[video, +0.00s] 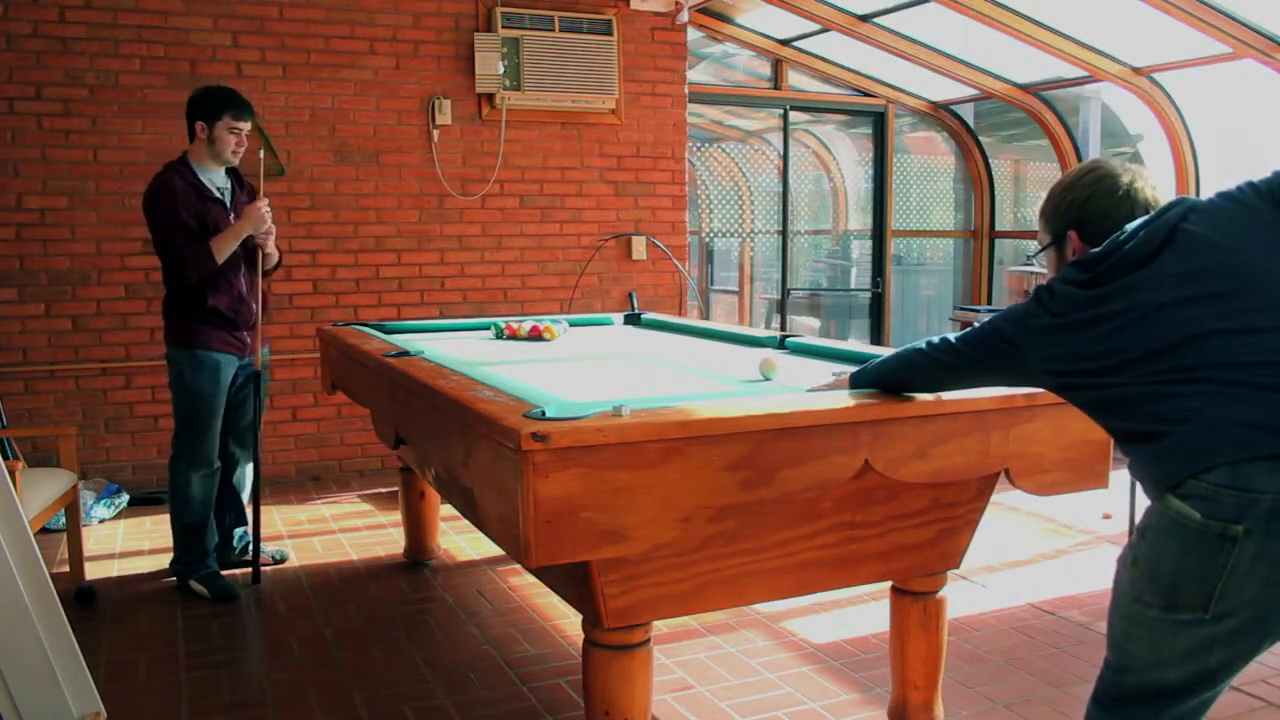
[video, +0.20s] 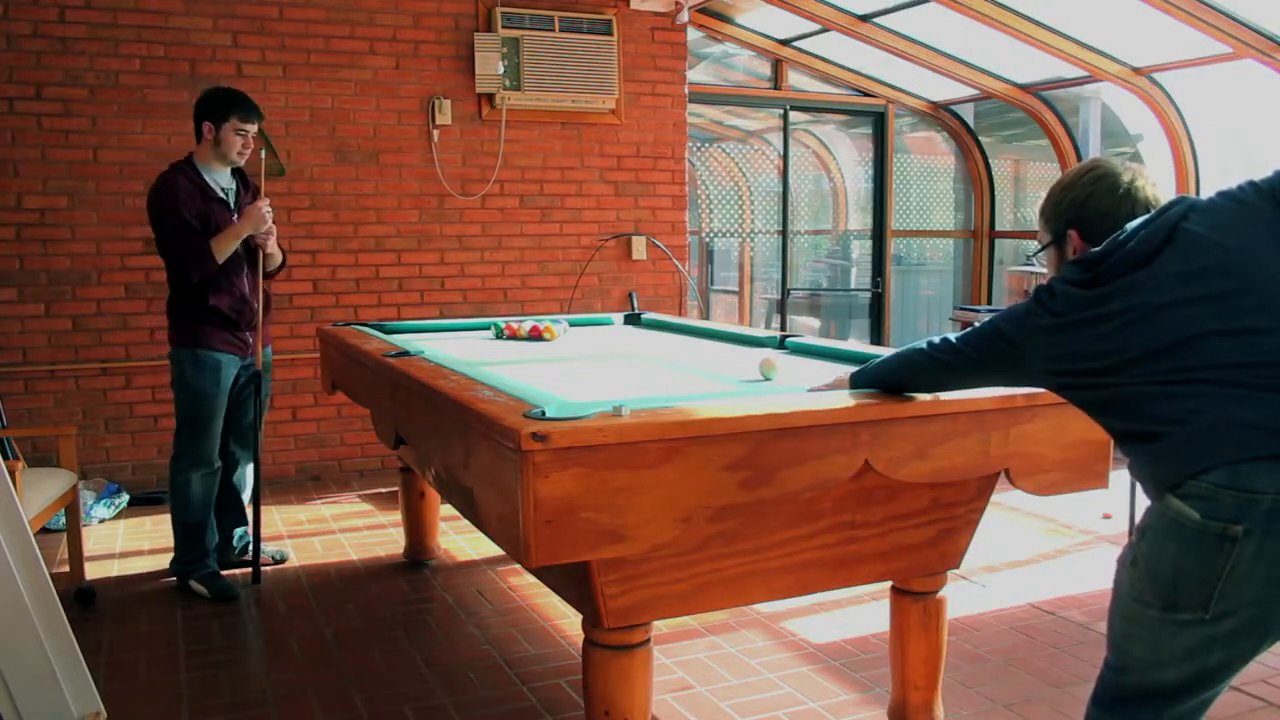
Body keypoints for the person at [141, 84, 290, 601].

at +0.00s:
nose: (243, 141)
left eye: (247, 132)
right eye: (234, 131)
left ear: (246, 137)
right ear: (202, 130)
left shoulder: (239, 188)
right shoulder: (168, 189)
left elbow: (263, 267)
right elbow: (188, 267)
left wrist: (268, 248)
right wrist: (243, 227)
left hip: (243, 340)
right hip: (199, 342)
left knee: (237, 452)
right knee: (199, 457)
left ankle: (231, 545)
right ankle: (193, 564)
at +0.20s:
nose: (249, 143)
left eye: (253, 134)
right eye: (240, 132)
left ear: (252, 138)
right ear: (208, 130)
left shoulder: (243, 188)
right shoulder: (172, 188)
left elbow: (269, 267)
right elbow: (190, 267)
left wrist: (272, 249)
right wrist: (243, 227)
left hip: (249, 341)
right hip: (203, 342)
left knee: (238, 452)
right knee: (200, 457)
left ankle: (230, 545)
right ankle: (192, 565)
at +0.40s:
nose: (251, 143)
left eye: (255, 135)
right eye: (243, 133)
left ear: (254, 139)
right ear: (211, 131)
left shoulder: (245, 188)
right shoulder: (175, 188)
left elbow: (268, 269)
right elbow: (195, 265)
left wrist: (273, 248)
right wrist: (247, 227)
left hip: (252, 340)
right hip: (206, 342)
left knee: (240, 452)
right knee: (201, 457)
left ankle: (230, 544)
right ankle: (192, 565)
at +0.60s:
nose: (252, 144)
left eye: (255, 135)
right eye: (244, 133)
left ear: (244, 138)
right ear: (212, 131)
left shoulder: (244, 191)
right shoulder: (176, 187)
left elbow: (261, 269)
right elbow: (202, 262)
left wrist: (276, 248)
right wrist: (254, 226)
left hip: (252, 341)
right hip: (208, 342)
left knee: (241, 452)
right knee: (203, 457)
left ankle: (230, 545)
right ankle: (192, 564)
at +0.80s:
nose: (253, 145)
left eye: (255, 136)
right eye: (246, 134)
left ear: (227, 138)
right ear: (214, 132)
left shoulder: (244, 193)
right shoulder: (176, 187)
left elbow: (259, 270)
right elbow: (201, 265)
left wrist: (277, 248)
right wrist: (258, 228)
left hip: (250, 342)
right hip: (208, 343)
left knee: (241, 453)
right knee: (203, 457)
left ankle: (230, 545)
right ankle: (192, 564)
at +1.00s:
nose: (252, 144)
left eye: (254, 135)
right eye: (245, 133)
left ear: (225, 137)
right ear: (212, 131)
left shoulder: (241, 192)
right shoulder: (176, 185)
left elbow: (254, 268)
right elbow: (201, 266)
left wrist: (275, 248)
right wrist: (259, 228)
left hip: (248, 342)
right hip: (207, 343)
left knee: (240, 453)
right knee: (203, 457)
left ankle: (230, 545)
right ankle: (192, 564)